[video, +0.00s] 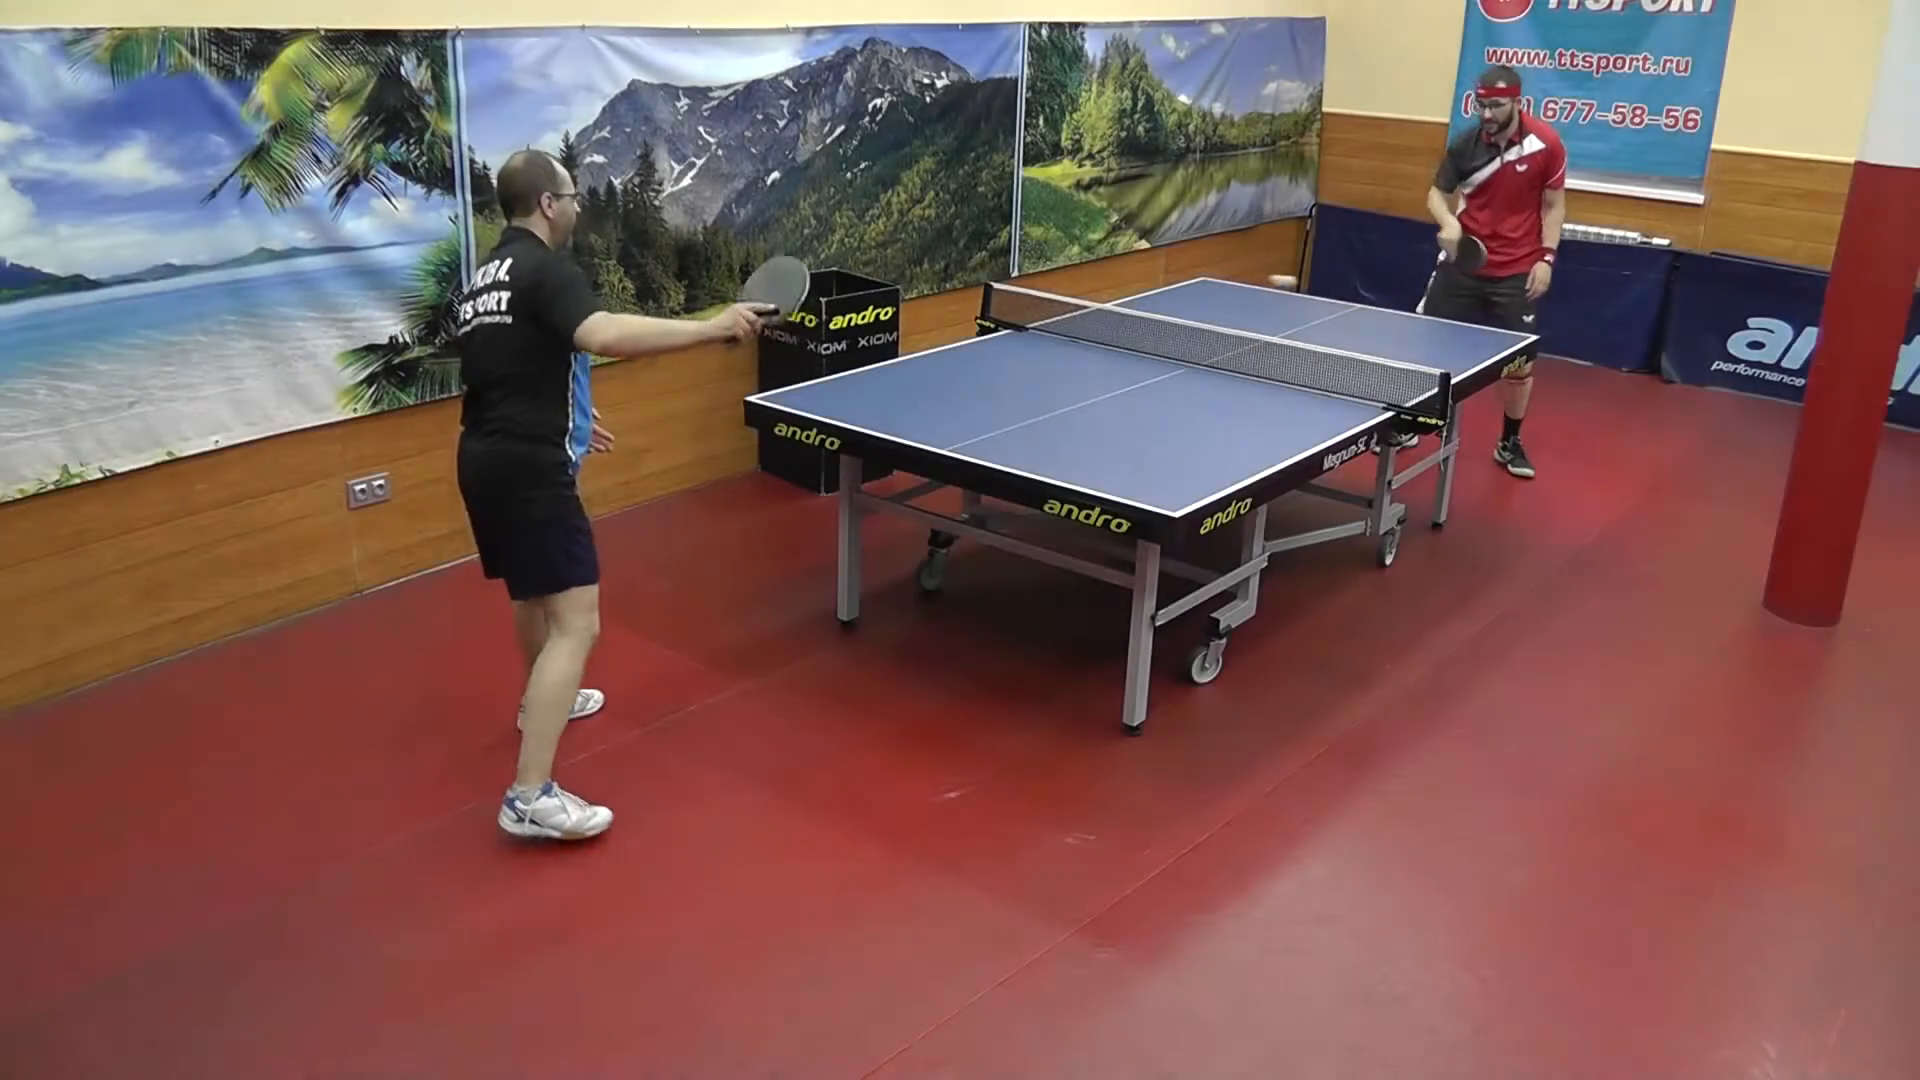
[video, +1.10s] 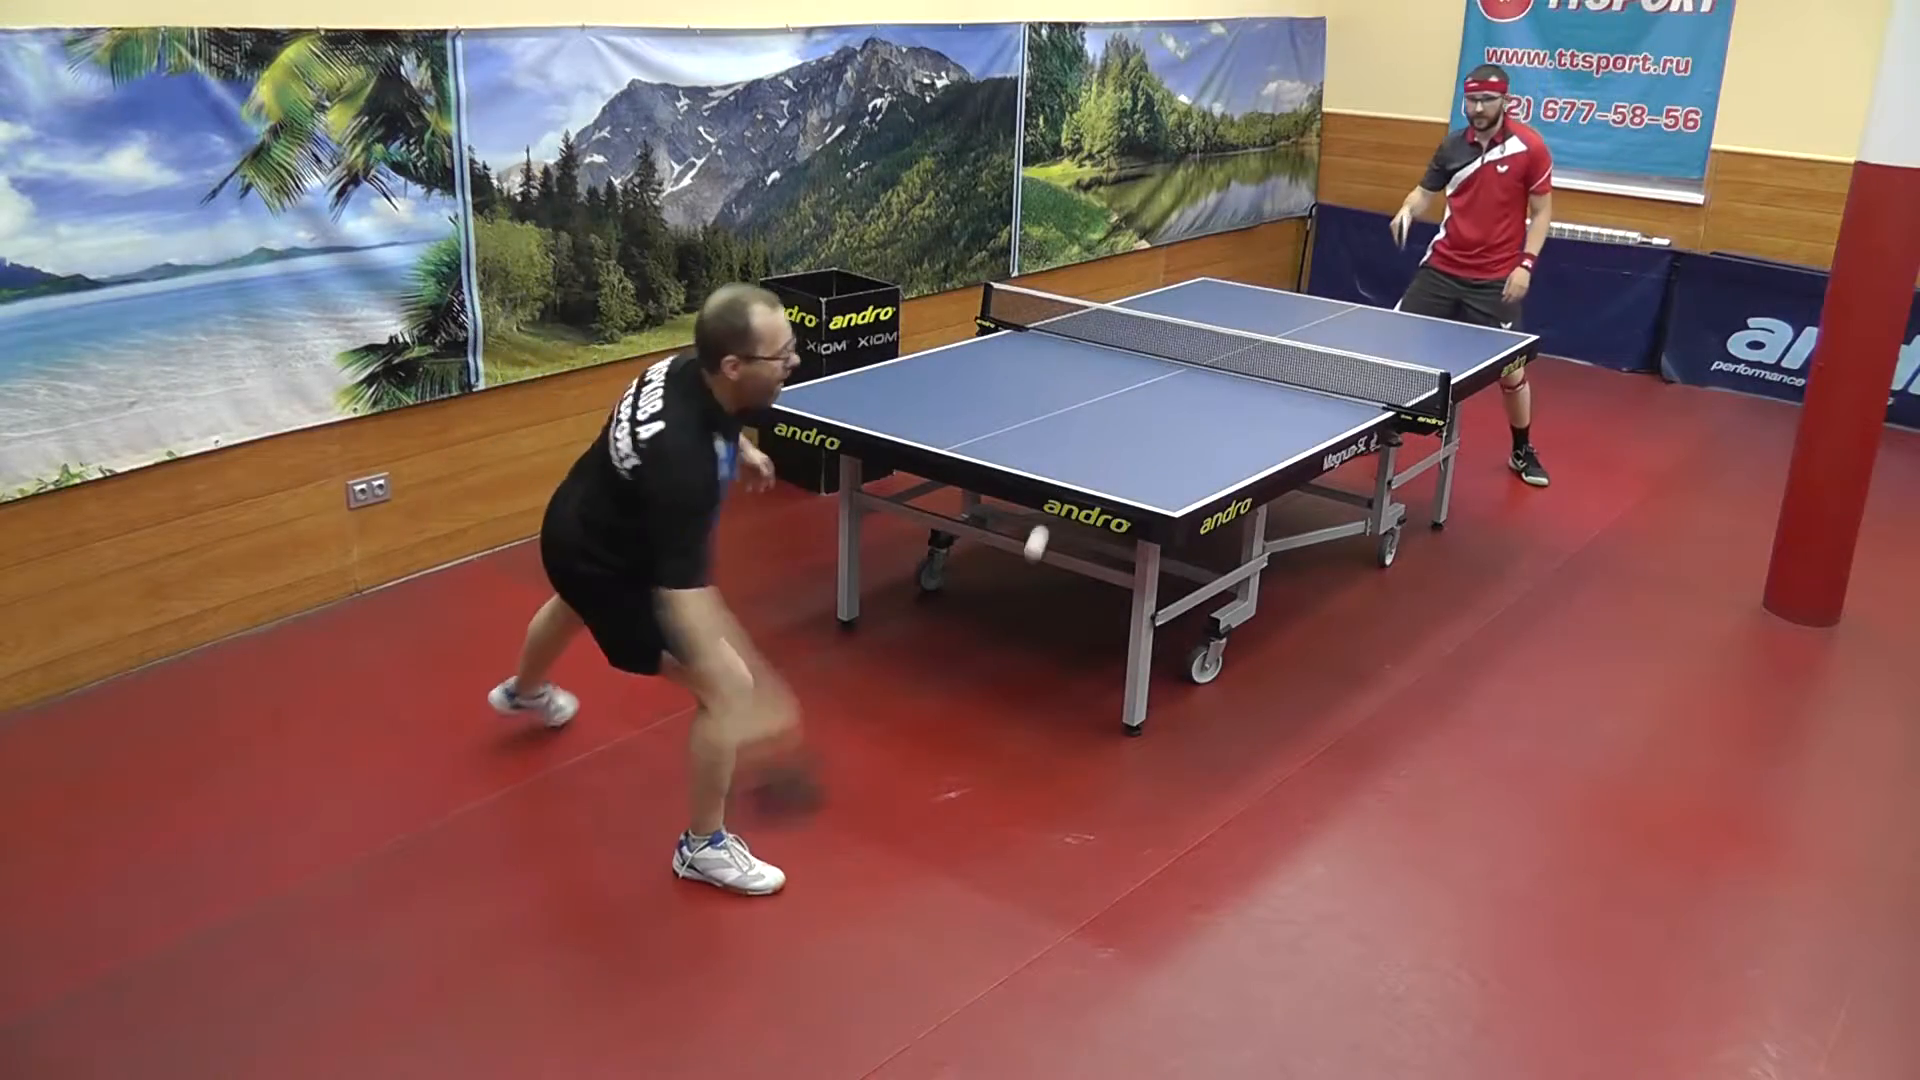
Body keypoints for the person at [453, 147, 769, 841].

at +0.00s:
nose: (577, 208)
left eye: (574, 197)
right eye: (571, 197)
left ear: (517, 208)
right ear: (547, 204)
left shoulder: (484, 273)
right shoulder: (544, 267)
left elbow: (493, 376)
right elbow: (601, 335)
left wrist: (561, 421)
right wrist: (711, 327)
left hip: (484, 461)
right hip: (529, 464)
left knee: (531, 592)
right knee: (575, 625)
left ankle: (543, 694)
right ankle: (529, 795)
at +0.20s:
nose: (593, 226)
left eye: (589, 213)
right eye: (587, 215)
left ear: (531, 224)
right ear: (560, 222)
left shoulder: (489, 290)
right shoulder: (552, 295)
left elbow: (491, 390)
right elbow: (593, 390)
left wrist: (561, 432)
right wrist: (708, 412)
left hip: (476, 485)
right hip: (521, 493)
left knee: (525, 601)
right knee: (565, 650)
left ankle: (541, 696)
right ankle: (541, 823)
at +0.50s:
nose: (625, 235)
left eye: (622, 223)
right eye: (618, 225)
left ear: (569, 235)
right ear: (586, 237)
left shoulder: (520, 289)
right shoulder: (561, 320)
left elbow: (515, 392)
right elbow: (570, 454)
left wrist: (586, 431)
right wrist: (654, 502)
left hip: (470, 482)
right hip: (512, 503)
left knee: (501, 603)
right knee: (573, 653)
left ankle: (485, 718)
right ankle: (543, 822)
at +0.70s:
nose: (660, 276)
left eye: (657, 264)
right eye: (651, 266)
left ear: (609, 273)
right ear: (615, 276)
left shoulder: (589, 324)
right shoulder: (554, 364)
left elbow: (616, 402)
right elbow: (526, 493)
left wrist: (671, 450)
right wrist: (600, 576)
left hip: (529, 504)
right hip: (505, 520)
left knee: (533, 607)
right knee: (607, 644)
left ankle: (485, 718)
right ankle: (626, 818)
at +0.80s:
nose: (683, 309)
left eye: (682, 298)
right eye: (675, 300)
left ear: (636, 306)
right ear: (637, 309)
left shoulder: (634, 353)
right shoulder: (563, 386)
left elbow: (674, 410)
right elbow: (516, 515)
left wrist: (727, 461)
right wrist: (550, 621)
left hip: (565, 523)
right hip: (529, 534)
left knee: (551, 624)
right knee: (625, 666)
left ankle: (487, 720)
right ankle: (682, 829)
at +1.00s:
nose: (758, 368)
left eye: (756, 356)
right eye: (747, 360)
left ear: (707, 368)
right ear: (701, 371)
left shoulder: (693, 384)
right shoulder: (626, 445)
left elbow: (734, 399)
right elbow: (569, 572)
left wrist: (783, 449)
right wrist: (571, 697)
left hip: (611, 556)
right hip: (596, 575)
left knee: (556, 627)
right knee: (703, 683)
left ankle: (496, 712)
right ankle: (701, 842)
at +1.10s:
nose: (792, 363)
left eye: (790, 350)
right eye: (779, 356)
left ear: (727, 360)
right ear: (729, 367)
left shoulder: (687, 367)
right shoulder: (685, 457)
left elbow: (703, 413)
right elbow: (684, 594)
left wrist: (738, 447)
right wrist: (753, 682)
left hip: (573, 517)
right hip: (603, 566)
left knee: (576, 599)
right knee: (731, 691)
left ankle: (523, 690)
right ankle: (705, 842)